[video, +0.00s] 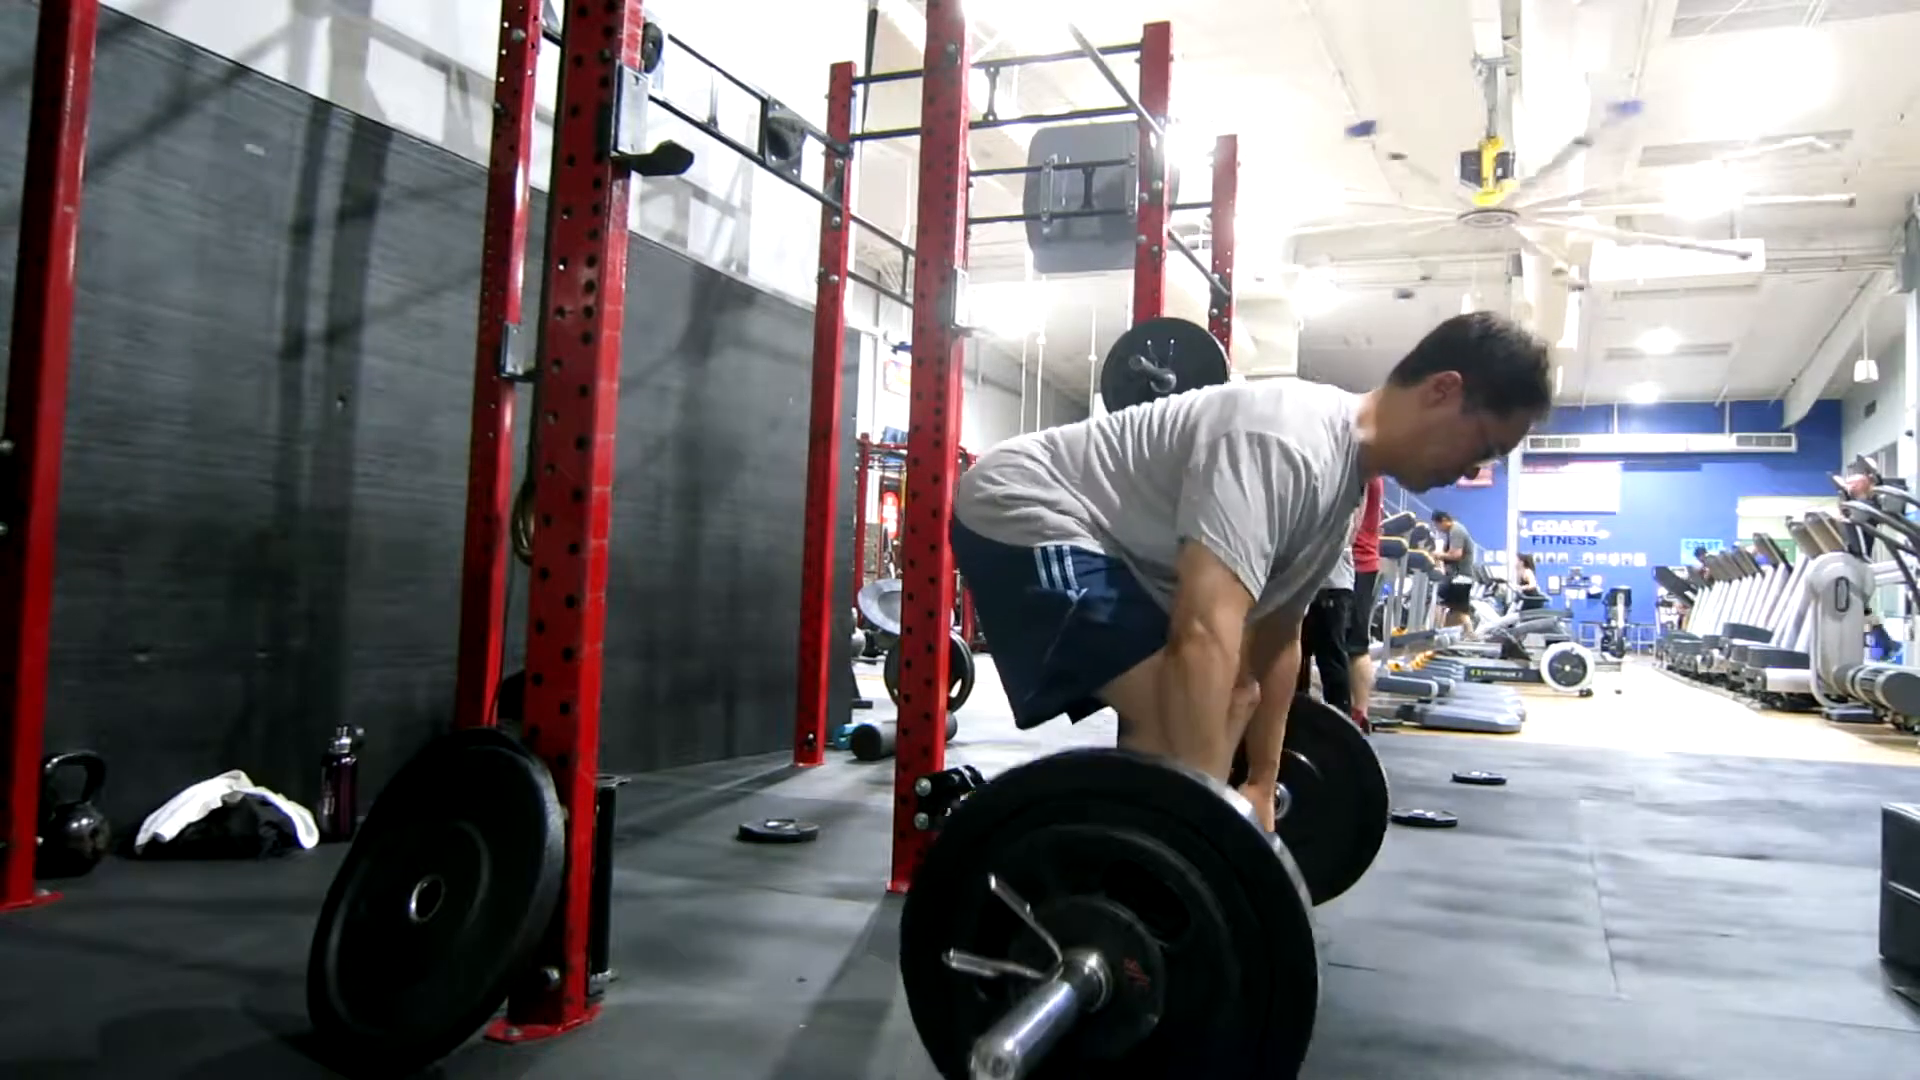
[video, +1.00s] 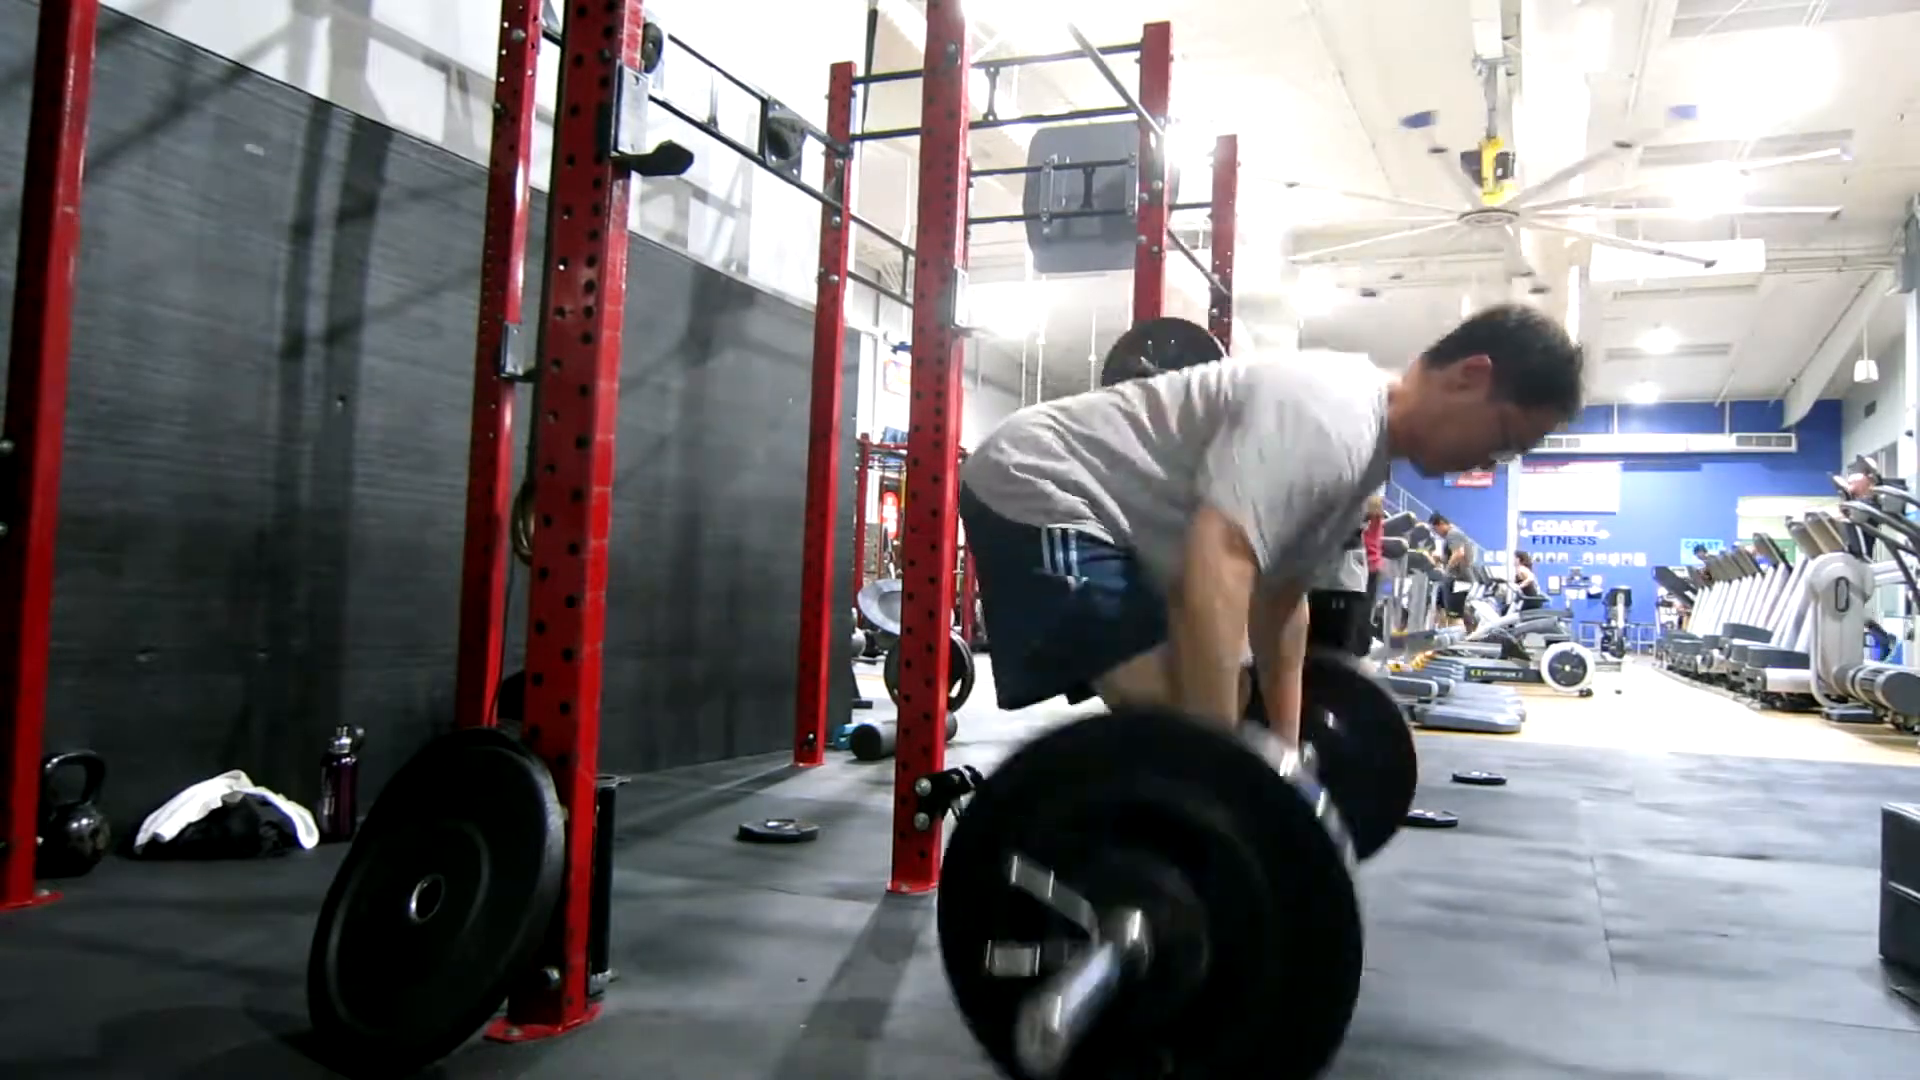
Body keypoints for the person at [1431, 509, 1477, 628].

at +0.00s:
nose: (1438, 528)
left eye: (1438, 524)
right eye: (1437, 525)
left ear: (1444, 520)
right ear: (1444, 520)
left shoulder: (1456, 530)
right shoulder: (1452, 531)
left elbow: (1457, 554)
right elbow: (1448, 551)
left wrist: (1439, 555)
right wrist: (1439, 555)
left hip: (1462, 576)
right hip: (1455, 575)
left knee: (1460, 611)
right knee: (1454, 611)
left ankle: (1470, 637)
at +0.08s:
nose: (1438, 527)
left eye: (1438, 524)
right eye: (1436, 524)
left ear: (1444, 520)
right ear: (1444, 520)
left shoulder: (1456, 531)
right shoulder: (1453, 531)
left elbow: (1455, 554)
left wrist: (1439, 555)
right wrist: (1439, 555)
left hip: (1459, 576)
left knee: (1446, 609)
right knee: (1457, 610)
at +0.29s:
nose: (1438, 529)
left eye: (1438, 526)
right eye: (1437, 526)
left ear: (1443, 522)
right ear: (1443, 522)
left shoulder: (1454, 532)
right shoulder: (1450, 533)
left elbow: (1453, 555)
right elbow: (1446, 553)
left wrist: (1439, 559)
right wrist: (1439, 558)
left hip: (1461, 577)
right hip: (1453, 576)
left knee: (1457, 612)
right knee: (1449, 610)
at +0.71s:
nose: (1437, 531)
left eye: (1438, 527)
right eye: (1435, 528)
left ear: (1444, 522)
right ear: (1442, 524)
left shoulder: (1459, 533)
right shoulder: (1449, 536)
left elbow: (1469, 551)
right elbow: (1450, 556)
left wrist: (1458, 565)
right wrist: (1436, 559)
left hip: (1462, 579)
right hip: (1451, 577)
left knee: (1463, 613)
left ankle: (1475, 640)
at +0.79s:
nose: (1435, 529)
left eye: (1436, 525)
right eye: (1434, 527)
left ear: (1442, 521)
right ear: (1440, 522)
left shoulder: (1457, 531)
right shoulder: (1447, 534)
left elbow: (1468, 550)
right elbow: (1449, 553)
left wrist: (1458, 567)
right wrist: (1438, 557)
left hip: (1461, 578)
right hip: (1451, 577)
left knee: (1459, 612)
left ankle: (1473, 636)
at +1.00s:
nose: (1436, 533)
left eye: (1436, 528)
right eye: (1434, 530)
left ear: (1441, 523)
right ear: (1441, 524)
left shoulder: (1453, 535)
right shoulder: (1451, 536)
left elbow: (1459, 553)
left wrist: (1448, 568)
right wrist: (1440, 559)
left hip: (1459, 579)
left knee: (1454, 615)